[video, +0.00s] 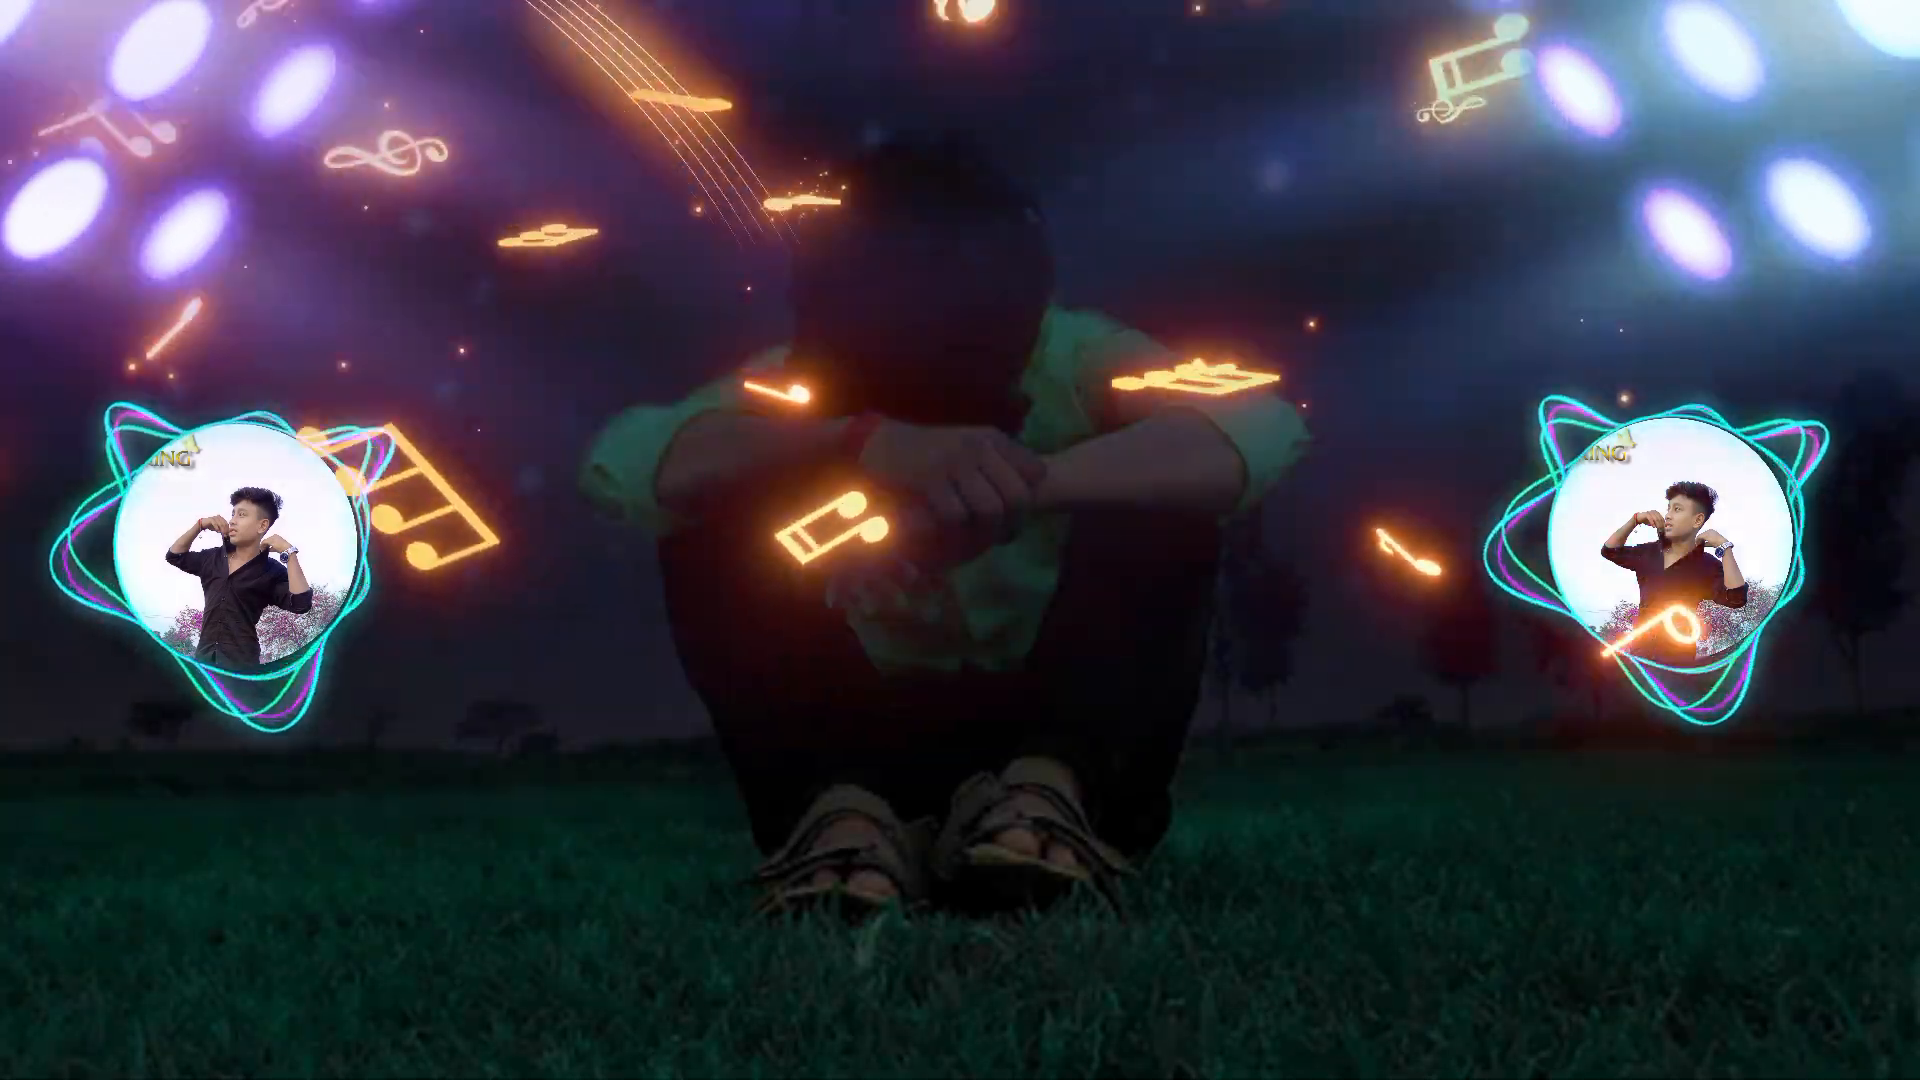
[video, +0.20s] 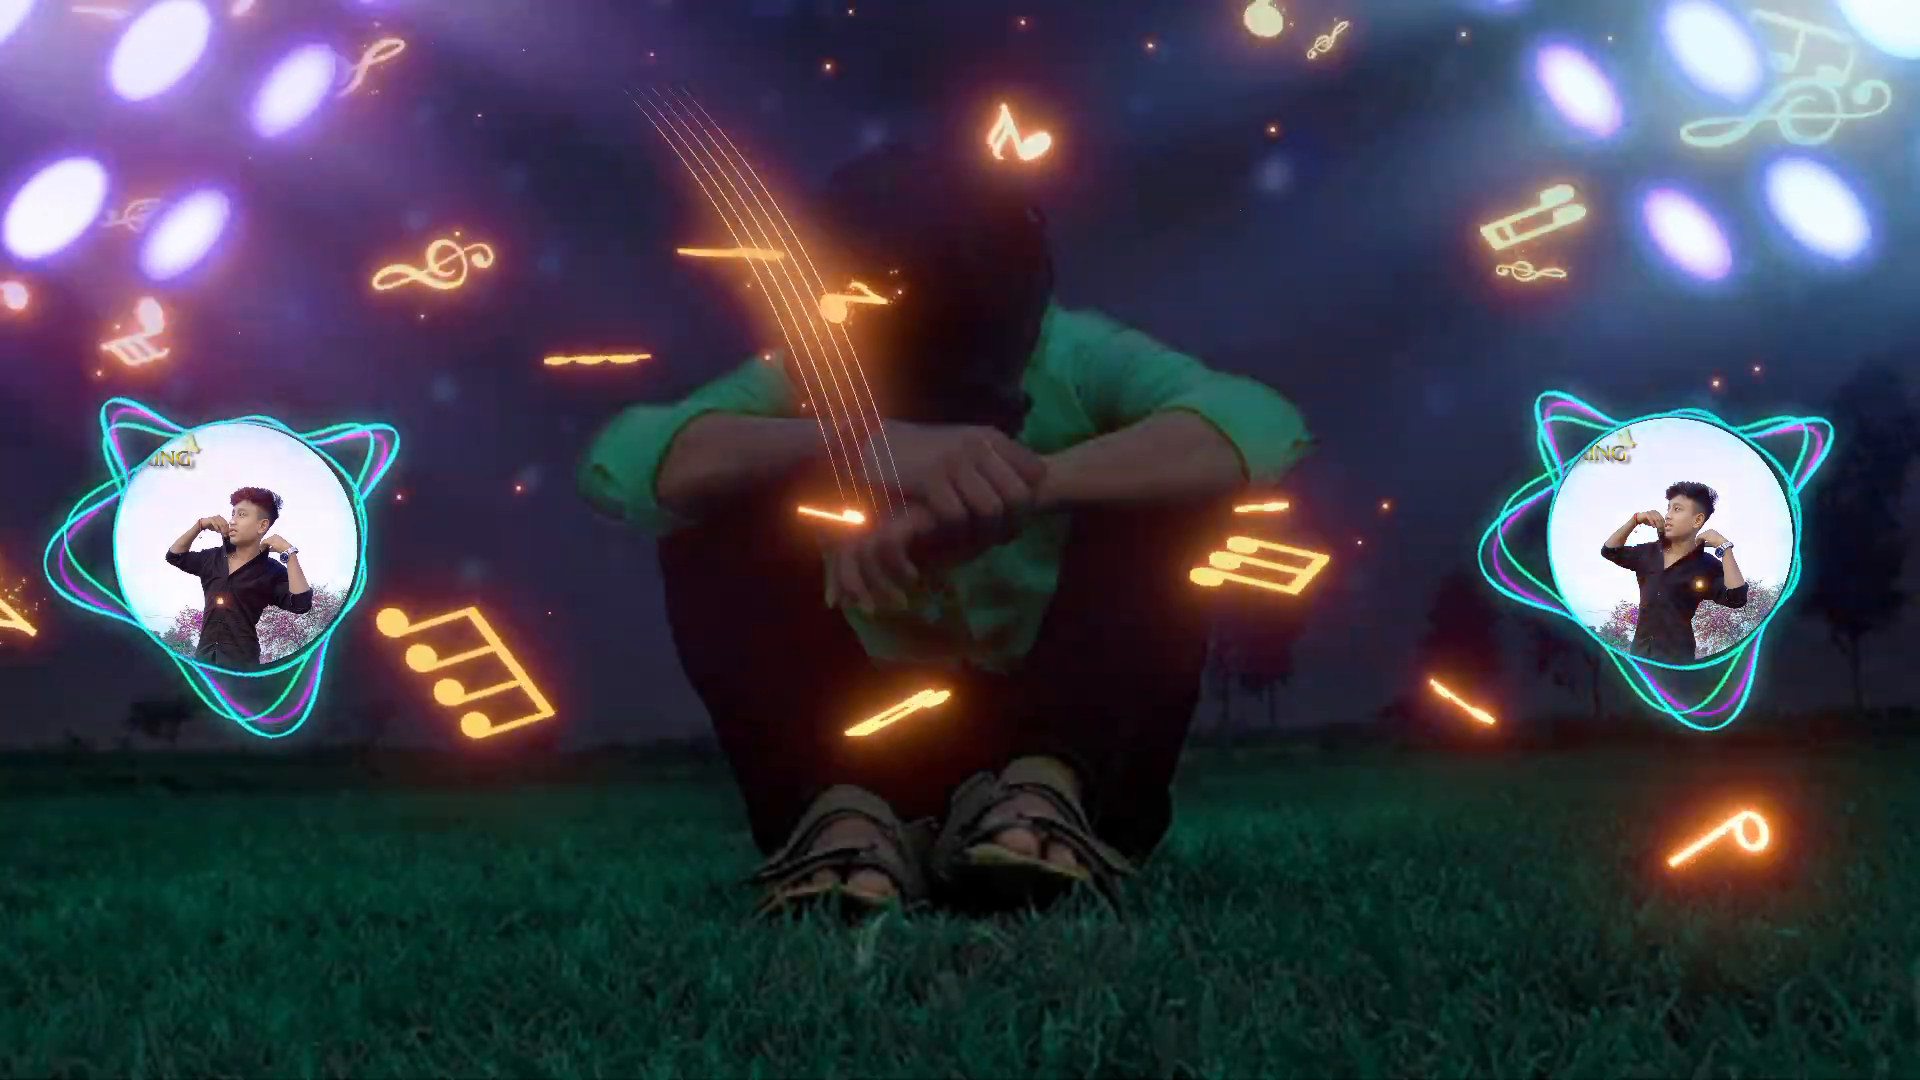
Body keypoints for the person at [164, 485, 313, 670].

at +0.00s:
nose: (232, 521)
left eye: (242, 515)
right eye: (233, 514)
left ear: (263, 525)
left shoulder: (270, 570)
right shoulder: (212, 558)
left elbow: (301, 604)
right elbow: (174, 556)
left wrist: (290, 553)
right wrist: (199, 526)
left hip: (242, 662)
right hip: (204, 658)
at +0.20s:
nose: (232, 521)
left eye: (242, 515)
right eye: (233, 514)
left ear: (263, 525)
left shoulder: (270, 570)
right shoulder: (212, 558)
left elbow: (301, 604)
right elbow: (174, 556)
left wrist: (290, 553)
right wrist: (199, 526)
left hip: (242, 663)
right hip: (204, 660)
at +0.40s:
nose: (232, 521)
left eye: (242, 515)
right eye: (233, 513)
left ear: (263, 525)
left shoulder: (270, 570)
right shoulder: (213, 558)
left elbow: (301, 604)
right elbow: (174, 556)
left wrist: (289, 552)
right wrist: (197, 528)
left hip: (242, 663)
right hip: (204, 659)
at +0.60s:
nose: (231, 521)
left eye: (241, 515)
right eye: (233, 514)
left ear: (263, 525)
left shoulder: (271, 571)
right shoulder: (212, 558)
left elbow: (302, 604)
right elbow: (174, 556)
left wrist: (289, 553)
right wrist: (199, 526)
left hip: (242, 659)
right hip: (205, 654)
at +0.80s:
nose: (232, 521)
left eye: (242, 515)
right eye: (233, 514)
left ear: (263, 525)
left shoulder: (270, 570)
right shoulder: (212, 558)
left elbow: (301, 601)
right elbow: (174, 556)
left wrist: (290, 553)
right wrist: (198, 527)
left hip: (241, 662)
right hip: (204, 658)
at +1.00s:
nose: (231, 521)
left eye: (242, 515)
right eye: (233, 514)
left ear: (264, 524)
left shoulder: (270, 570)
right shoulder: (212, 559)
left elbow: (302, 605)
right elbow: (174, 556)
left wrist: (290, 555)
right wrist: (199, 526)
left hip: (242, 663)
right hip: (204, 660)